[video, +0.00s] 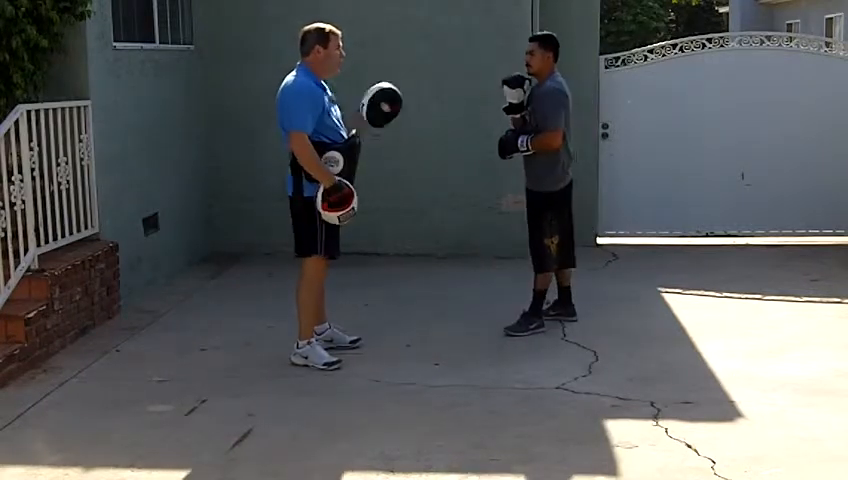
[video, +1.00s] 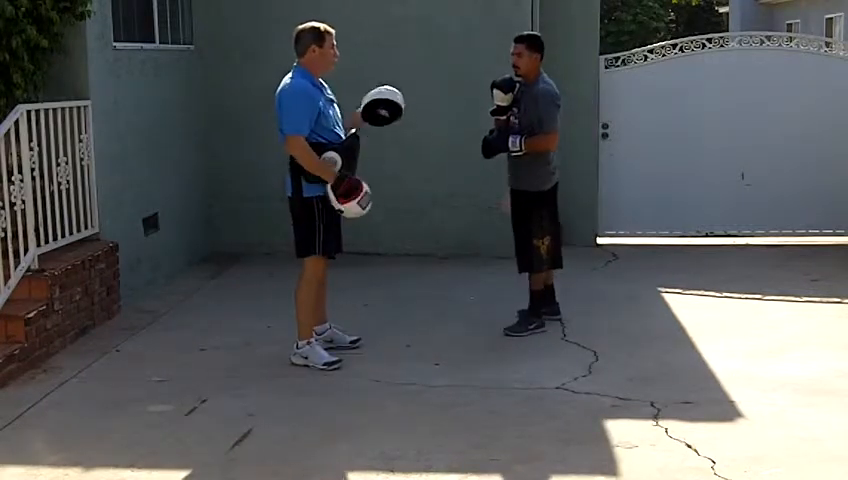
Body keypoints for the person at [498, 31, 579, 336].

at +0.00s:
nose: (526, 59)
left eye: (532, 54)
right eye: (526, 54)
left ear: (549, 57)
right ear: (539, 58)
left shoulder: (553, 92)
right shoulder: (541, 88)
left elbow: (553, 140)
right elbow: (525, 131)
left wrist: (521, 142)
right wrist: (514, 103)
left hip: (548, 184)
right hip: (548, 181)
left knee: (542, 248)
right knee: (559, 243)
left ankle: (535, 313)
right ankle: (564, 303)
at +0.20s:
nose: (521, 58)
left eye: (527, 54)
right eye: (522, 53)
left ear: (544, 57)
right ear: (533, 58)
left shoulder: (550, 92)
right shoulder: (534, 89)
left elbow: (550, 142)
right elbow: (519, 130)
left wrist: (517, 143)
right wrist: (510, 106)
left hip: (546, 185)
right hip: (544, 183)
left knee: (540, 249)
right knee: (558, 244)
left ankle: (535, 313)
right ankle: (564, 303)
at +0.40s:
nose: (516, 61)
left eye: (522, 56)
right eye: (516, 56)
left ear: (539, 59)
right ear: (527, 59)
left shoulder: (548, 94)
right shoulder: (526, 91)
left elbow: (552, 144)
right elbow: (510, 134)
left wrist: (516, 147)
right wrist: (503, 108)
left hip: (544, 186)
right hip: (539, 183)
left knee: (539, 248)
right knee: (557, 243)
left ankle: (535, 313)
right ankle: (563, 303)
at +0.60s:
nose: (513, 63)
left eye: (518, 57)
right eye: (512, 57)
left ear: (535, 60)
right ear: (523, 60)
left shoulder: (546, 96)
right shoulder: (523, 92)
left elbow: (549, 147)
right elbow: (507, 134)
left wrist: (513, 150)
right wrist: (500, 112)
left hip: (543, 185)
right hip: (534, 183)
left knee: (538, 247)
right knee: (550, 242)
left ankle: (535, 312)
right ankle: (560, 300)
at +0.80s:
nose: (512, 60)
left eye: (518, 56)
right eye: (512, 55)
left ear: (536, 59)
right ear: (515, 58)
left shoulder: (544, 93)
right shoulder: (520, 89)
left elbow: (549, 143)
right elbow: (504, 133)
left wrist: (512, 146)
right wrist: (500, 107)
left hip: (542, 184)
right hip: (526, 182)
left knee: (537, 247)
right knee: (535, 245)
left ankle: (536, 313)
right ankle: (548, 303)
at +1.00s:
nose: (513, 60)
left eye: (519, 55)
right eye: (513, 55)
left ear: (536, 58)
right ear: (520, 58)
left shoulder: (545, 92)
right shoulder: (520, 89)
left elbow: (549, 141)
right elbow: (504, 131)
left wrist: (513, 143)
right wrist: (500, 106)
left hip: (539, 184)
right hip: (523, 182)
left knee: (535, 246)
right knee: (536, 244)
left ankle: (535, 313)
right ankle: (548, 303)